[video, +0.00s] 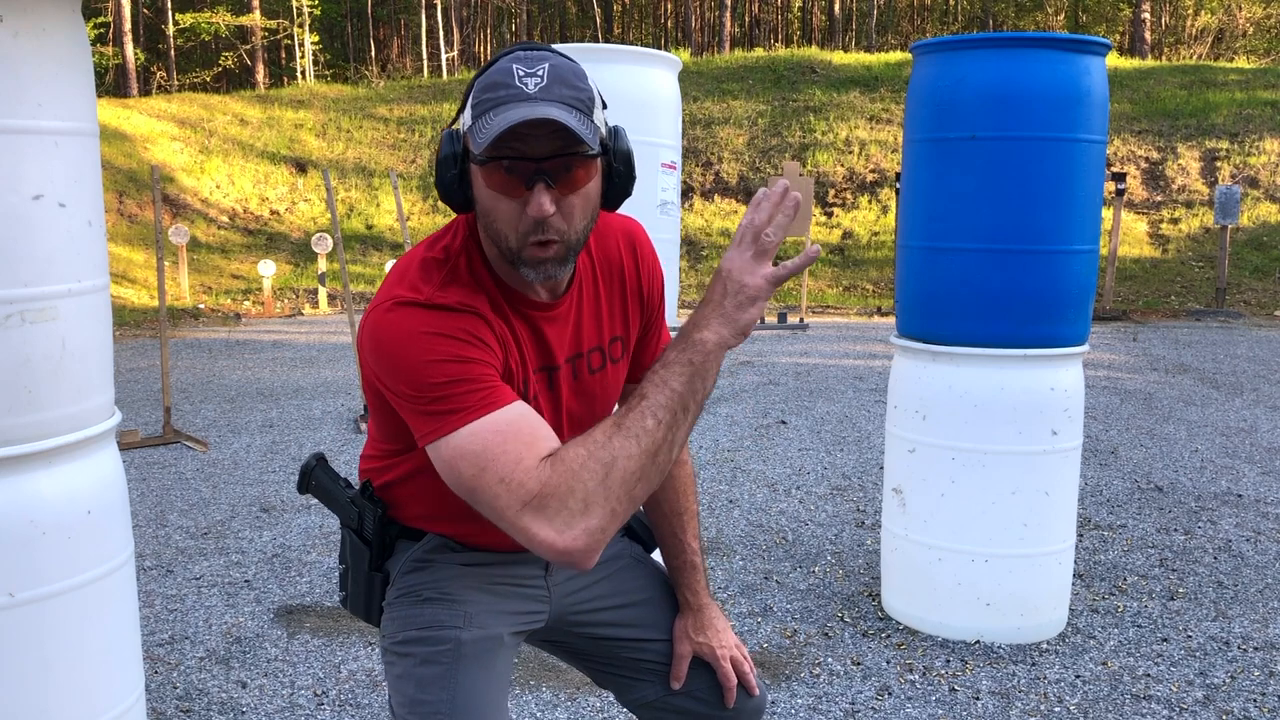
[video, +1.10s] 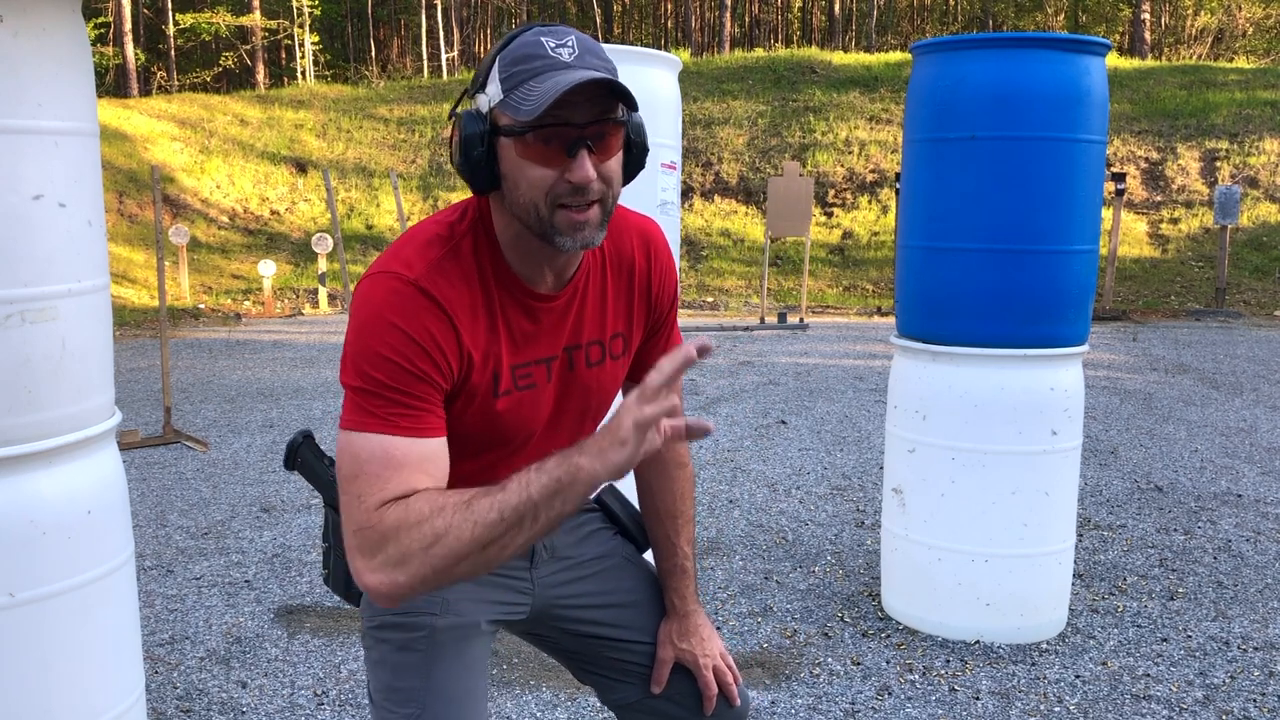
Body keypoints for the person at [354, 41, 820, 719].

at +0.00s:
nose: (542, 207)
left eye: (567, 170)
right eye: (511, 170)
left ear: (605, 172)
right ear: (465, 172)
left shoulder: (624, 250)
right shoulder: (415, 317)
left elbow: (657, 436)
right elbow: (562, 523)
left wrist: (694, 594)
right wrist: (711, 329)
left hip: (592, 557)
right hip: (449, 565)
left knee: (729, 703)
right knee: (458, 705)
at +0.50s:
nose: (550, 204)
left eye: (577, 172)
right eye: (523, 171)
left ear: (613, 170)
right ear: (474, 166)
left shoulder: (628, 253)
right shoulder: (415, 313)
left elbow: (655, 432)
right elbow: (510, 558)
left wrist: (690, 599)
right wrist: (703, 430)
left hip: (567, 536)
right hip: (433, 551)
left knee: (721, 701)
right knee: (456, 705)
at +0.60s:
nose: (559, 199)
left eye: (584, 164)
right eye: (530, 164)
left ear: (619, 163)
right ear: (480, 160)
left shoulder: (629, 252)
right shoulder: (415, 312)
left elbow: (654, 426)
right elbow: (466, 573)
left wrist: (690, 593)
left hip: (556, 522)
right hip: (432, 543)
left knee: (718, 701)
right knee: (455, 706)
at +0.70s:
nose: (572, 189)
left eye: (596, 156)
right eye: (542, 156)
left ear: (627, 159)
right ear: (489, 155)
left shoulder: (632, 251)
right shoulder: (415, 311)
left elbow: (655, 427)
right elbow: (426, 574)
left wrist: (689, 602)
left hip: (569, 537)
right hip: (442, 563)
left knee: (714, 694)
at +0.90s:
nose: (591, 169)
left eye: (609, 138)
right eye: (559, 140)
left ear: (636, 146)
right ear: (495, 152)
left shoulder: (642, 255)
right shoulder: (419, 301)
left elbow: (659, 429)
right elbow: (353, 553)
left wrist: (686, 602)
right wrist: (572, 627)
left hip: (570, 532)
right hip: (439, 552)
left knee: (712, 698)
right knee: (449, 705)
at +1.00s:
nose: (590, 168)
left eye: (608, 138)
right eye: (559, 140)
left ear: (631, 145)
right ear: (490, 151)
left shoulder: (642, 255)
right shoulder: (413, 296)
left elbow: (661, 432)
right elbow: (357, 551)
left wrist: (685, 600)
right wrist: (580, 537)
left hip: (564, 547)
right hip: (430, 571)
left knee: (708, 701)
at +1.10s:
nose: (584, 172)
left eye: (602, 139)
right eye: (551, 141)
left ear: (626, 146)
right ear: (485, 150)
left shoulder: (641, 254)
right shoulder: (406, 293)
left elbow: (660, 427)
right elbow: (386, 557)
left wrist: (684, 605)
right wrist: (603, 455)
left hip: (572, 535)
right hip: (433, 567)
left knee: (711, 703)